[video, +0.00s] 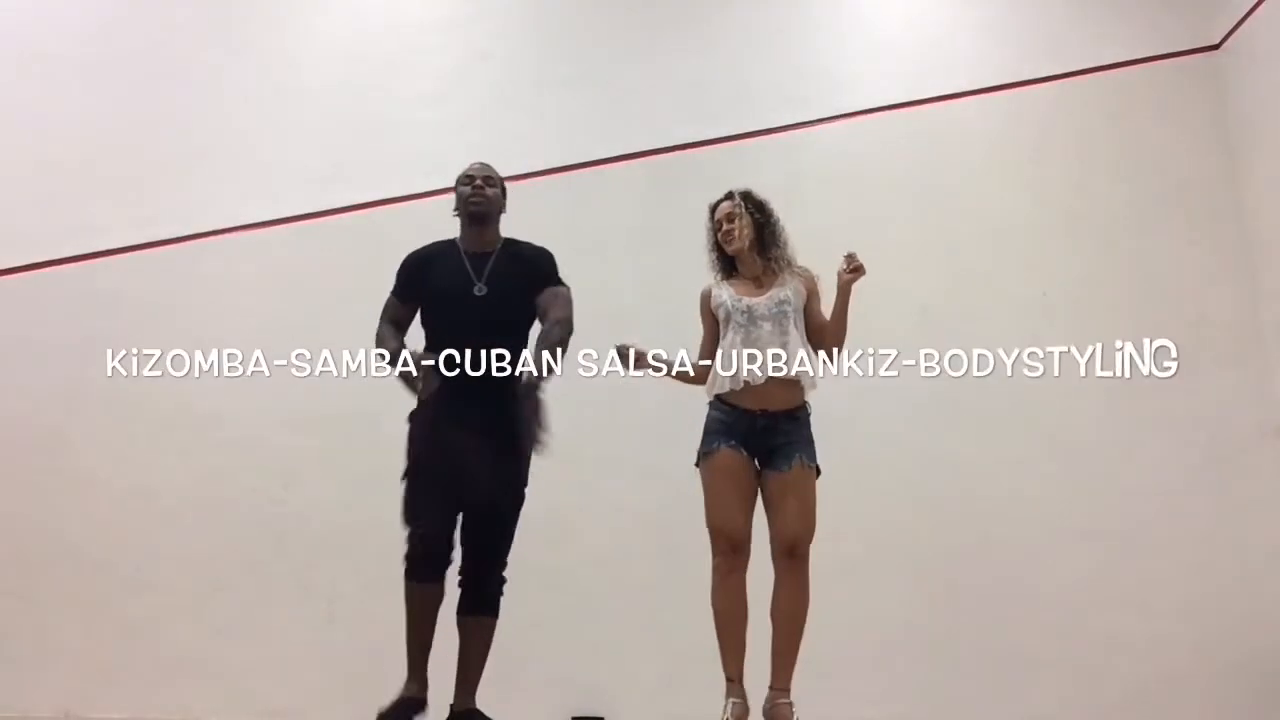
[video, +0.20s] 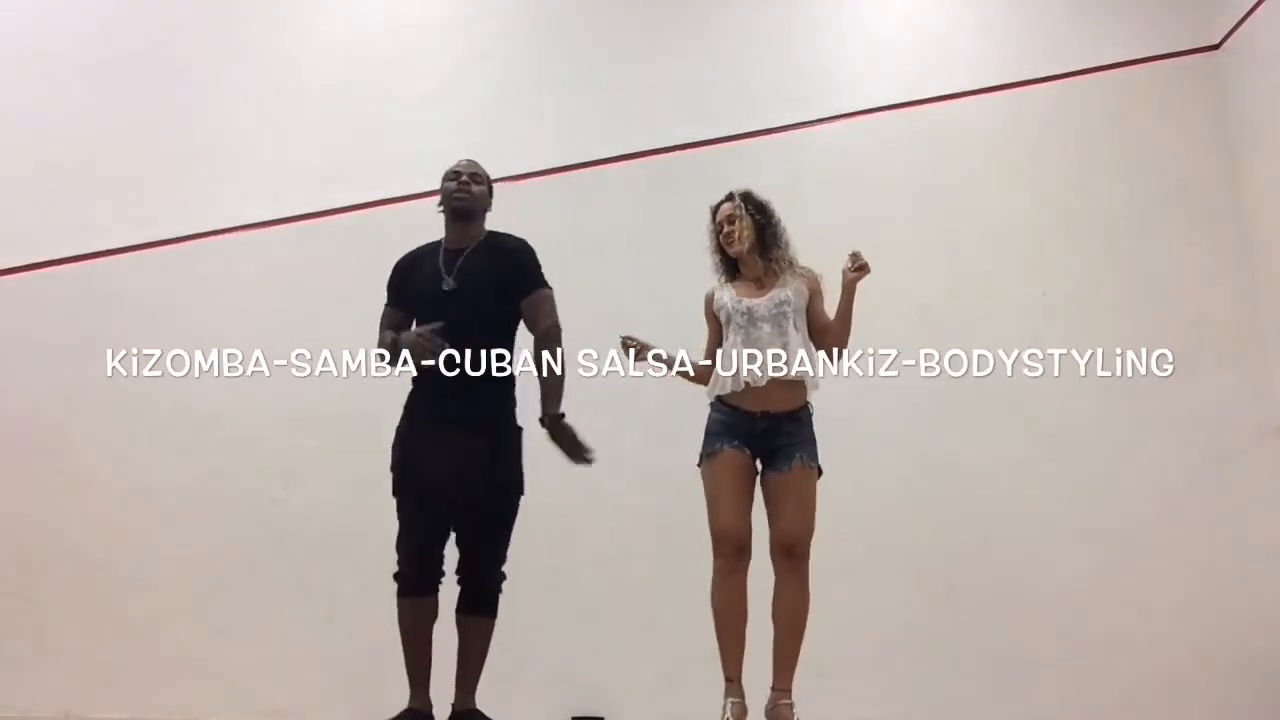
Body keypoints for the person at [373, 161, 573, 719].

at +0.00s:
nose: (478, 185)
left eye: (489, 181)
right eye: (468, 181)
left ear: (505, 200)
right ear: (453, 200)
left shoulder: (533, 261)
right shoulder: (425, 263)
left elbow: (559, 321)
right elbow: (388, 331)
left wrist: (535, 367)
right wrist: (413, 376)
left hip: (503, 434)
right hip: (438, 430)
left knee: (484, 570)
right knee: (425, 558)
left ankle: (465, 702)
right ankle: (415, 687)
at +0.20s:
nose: (461, 182)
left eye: (473, 178)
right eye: (453, 177)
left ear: (490, 200)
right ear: (439, 198)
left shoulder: (513, 255)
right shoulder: (411, 266)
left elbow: (548, 333)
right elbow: (385, 344)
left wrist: (551, 412)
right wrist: (405, 343)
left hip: (492, 439)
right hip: (423, 437)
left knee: (482, 575)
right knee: (416, 570)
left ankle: (464, 705)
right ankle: (418, 703)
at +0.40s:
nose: (459, 183)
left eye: (471, 180)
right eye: (450, 179)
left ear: (486, 201)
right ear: (434, 199)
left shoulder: (506, 256)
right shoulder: (409, 271)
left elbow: (528, 350)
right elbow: (384, 353)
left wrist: (513, 424)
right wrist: (399, 337)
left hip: (476, 432)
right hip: (413, 432)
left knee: (463, 563)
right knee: (410, 567)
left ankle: (473, 699)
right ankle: (417, 702)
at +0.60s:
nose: (466, 181)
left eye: (477, 178)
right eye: (457, 176)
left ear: (492, 199)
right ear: (441, 195)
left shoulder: (514, 260)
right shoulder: (407, 261)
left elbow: (538, 345)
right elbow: (382, 327)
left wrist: (534, 414)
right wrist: (388, 368)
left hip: (480, 425)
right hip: (419, 422)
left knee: (465, 542)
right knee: (413, 560)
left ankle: (482, 663)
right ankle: (418, 701)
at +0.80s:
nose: (483, 185)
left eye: (494, 180)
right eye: (474, 178)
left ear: (509, 200)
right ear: (458, 195)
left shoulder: (529, 267)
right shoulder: (420, 253)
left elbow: (542, 342)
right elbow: (386, 325)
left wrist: (558, 371)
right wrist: (367, 394)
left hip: (498, 428)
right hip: (426, 427)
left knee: (506, 541)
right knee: (417, 562)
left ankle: (505, 666)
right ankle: (418, 703)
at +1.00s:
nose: (503, 192)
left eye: (514, 187)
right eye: (493, 185)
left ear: (529, 207)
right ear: (477, 202)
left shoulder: (545, 280)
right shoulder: (442, 256)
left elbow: (543, 363)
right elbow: (401, 329)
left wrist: (563, 365)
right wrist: (372, 403)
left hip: (519, 442)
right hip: (447, 435)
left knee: (524, 574)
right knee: (429, 568)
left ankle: (512, 703)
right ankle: (420, 703)